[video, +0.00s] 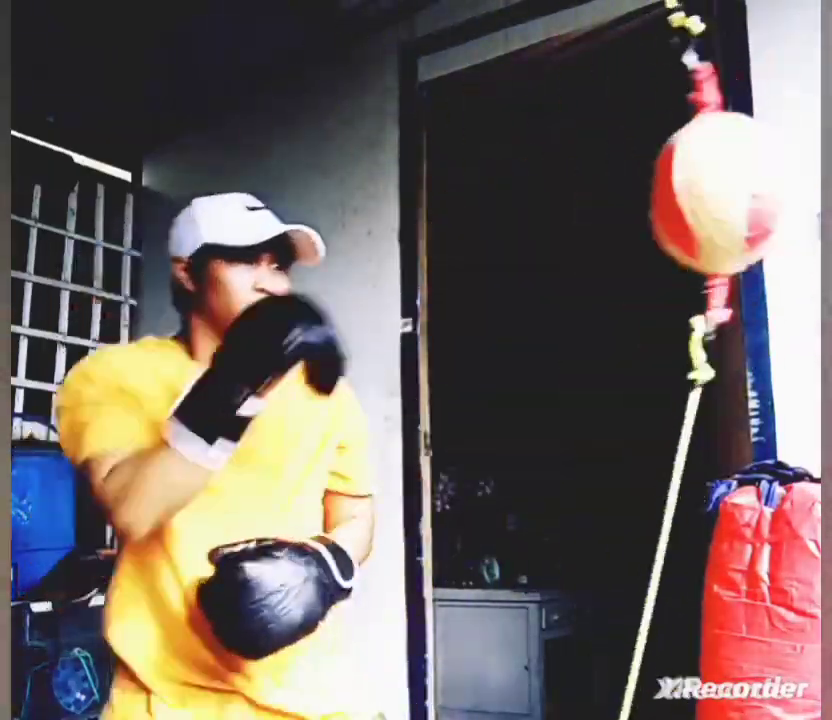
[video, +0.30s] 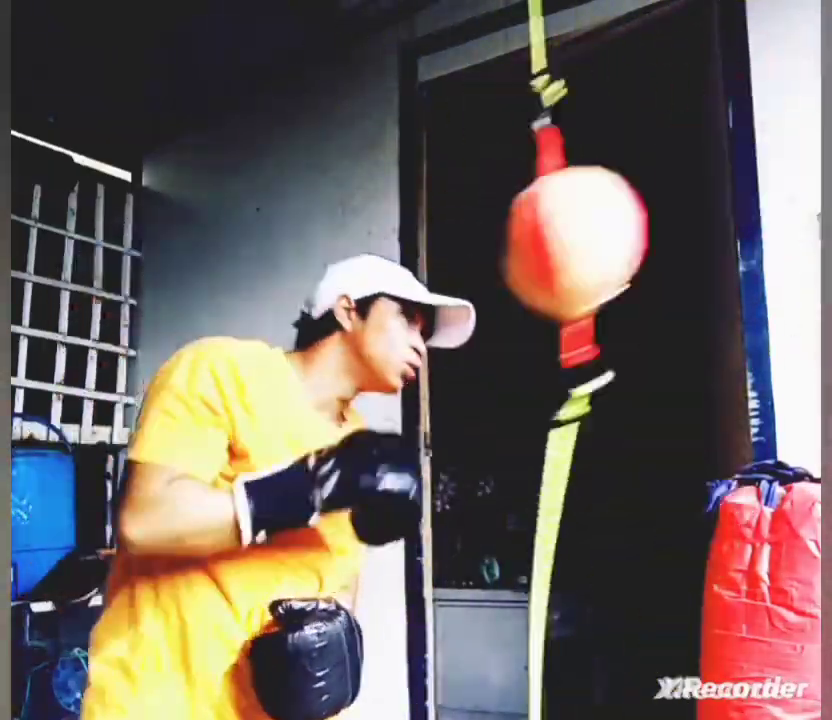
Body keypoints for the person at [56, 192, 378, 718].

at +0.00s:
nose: (271, 280)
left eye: (278, 264)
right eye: (247, 260)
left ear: (290, 273)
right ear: (187, 275)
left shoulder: (324, 390)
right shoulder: (111, 376)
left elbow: (355, 517)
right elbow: (131, 511)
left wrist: (321, 568)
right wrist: (231, 391)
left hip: (306, 696)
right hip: (164, 692)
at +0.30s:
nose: (422, 344)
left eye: (423, 329)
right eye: (408, 318)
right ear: (348, 310)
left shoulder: (359, 454)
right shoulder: (214, 368)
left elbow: (342, 589)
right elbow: (144, 522)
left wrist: (337, 645)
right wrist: (313, 486)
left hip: (269, 703)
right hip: (154, 694)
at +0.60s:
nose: (388, 341)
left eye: (400, 323)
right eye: (375, 314)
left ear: (408, 334)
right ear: (315, 303)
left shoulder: (362, 457)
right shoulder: (173, 373)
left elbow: (338, 575)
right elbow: (110, 529)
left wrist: (323, 633)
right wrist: (270, 461)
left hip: (270, 702)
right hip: (139, 699)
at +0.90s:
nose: (345, 267)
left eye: (356, 253)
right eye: (323, 244)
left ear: (365, 270)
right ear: (268, 251)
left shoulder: (390, 359)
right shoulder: (183, 366)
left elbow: (507, 417)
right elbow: (177, 523)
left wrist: (565, 346)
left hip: (382, 692)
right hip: (232, 696)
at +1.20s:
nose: (362, 254)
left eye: (380, 243)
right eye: (344, 231)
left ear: (393, 267)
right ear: (295, 242)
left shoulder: (410, 337)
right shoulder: (208, 354)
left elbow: (533, 369)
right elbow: (178, 515)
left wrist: (555, 286)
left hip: (387, 671)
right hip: (249, 672)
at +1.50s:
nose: (207, 304)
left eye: (224, 286)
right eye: (184, 284)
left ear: (244, 301)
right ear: (146, 303)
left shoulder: (319, 384)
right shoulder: (112, 425)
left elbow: (371, 495)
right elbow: (137, 568)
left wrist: (334, 556)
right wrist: (180, 458)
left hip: (326, 683)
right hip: (193, 689)